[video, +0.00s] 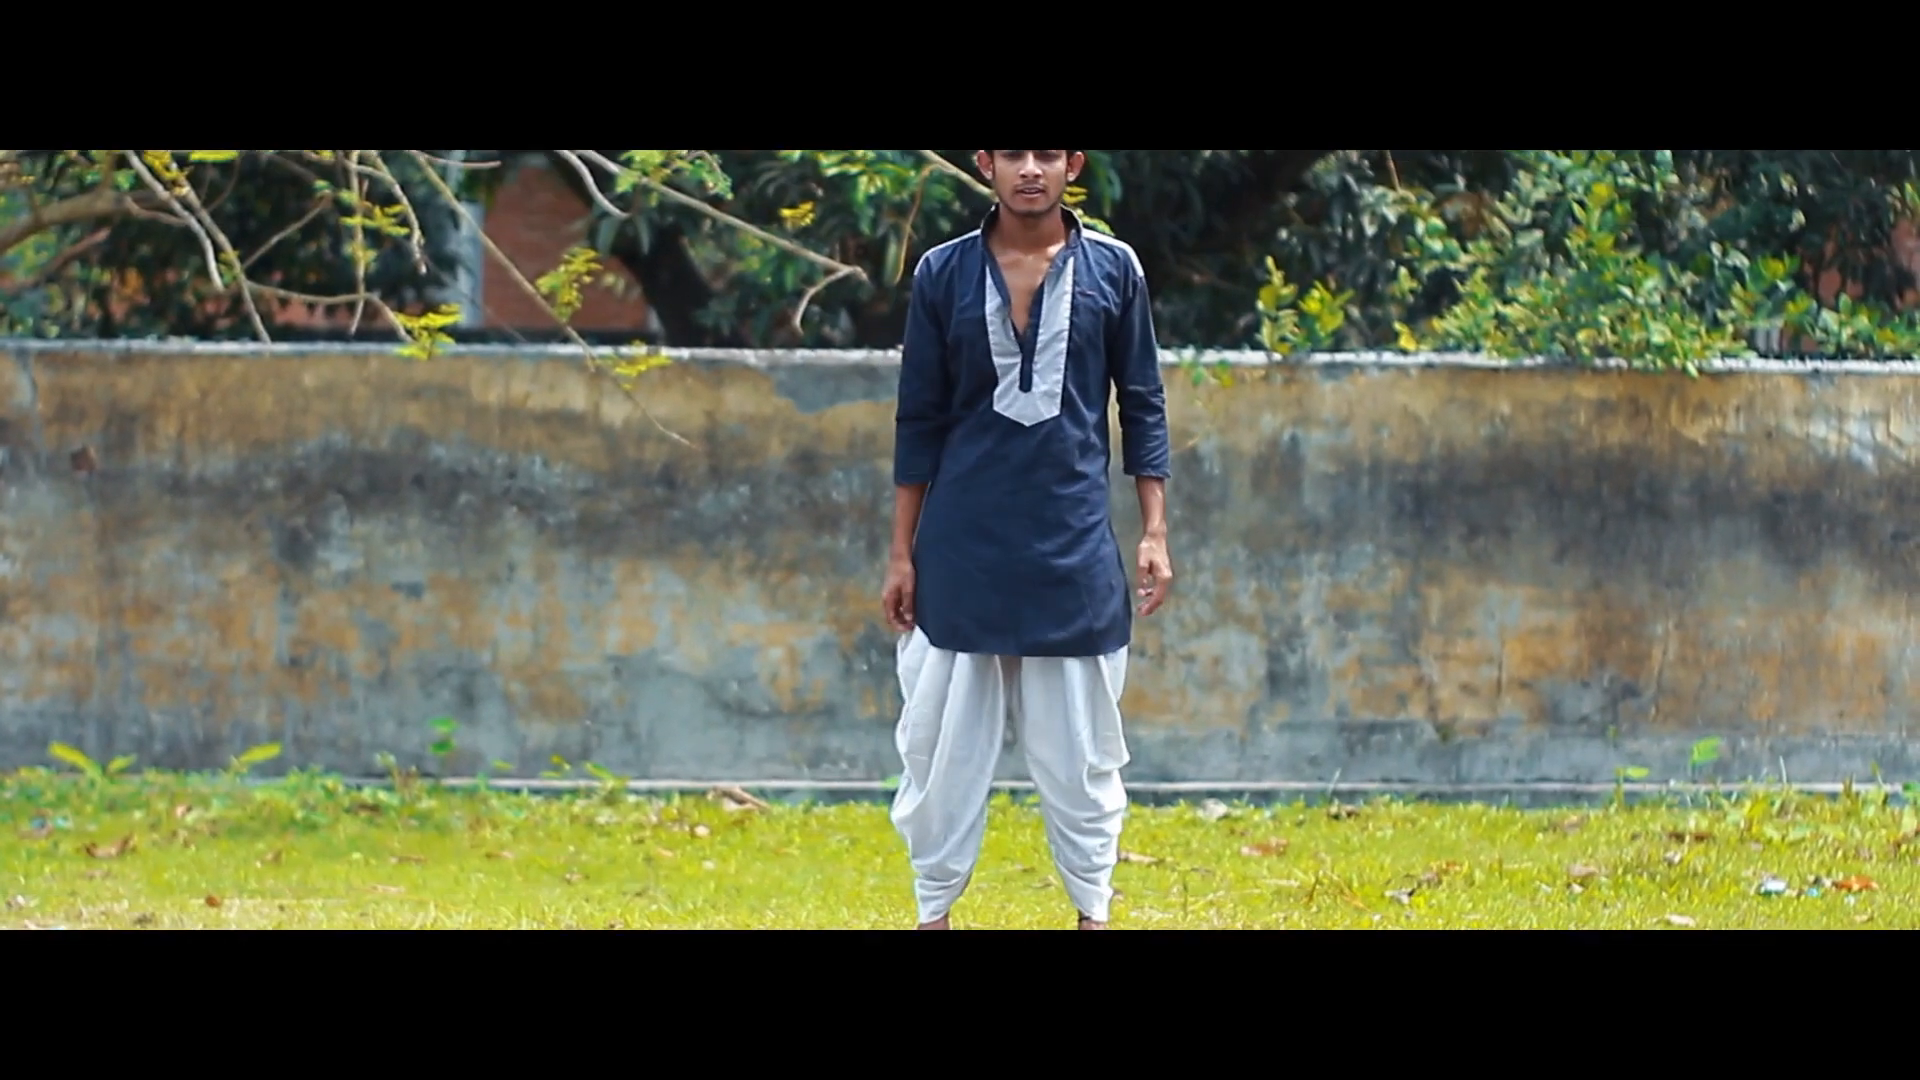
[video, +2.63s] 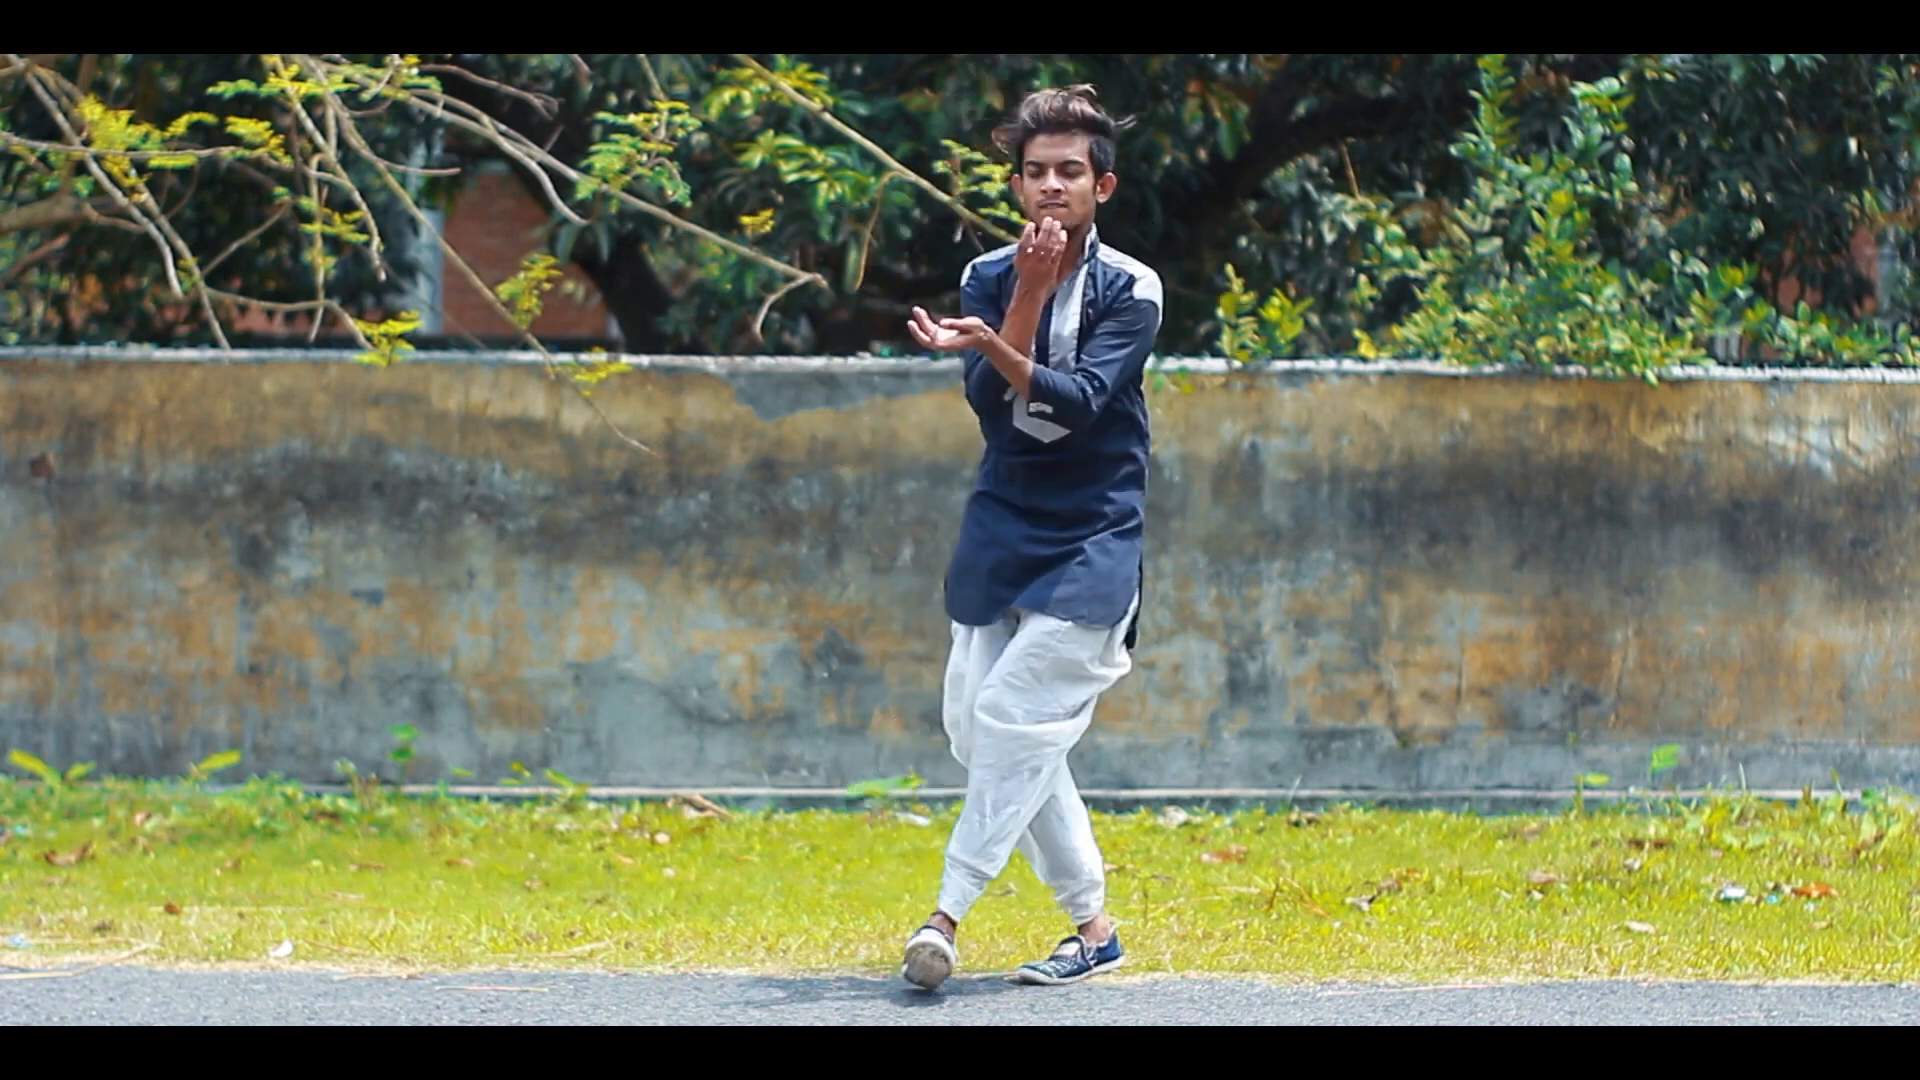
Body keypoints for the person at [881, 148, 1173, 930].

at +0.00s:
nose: (1030, 172)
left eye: (1046, 156)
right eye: (1013, 156)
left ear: (1070, 165)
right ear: (987, 164)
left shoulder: (1113, 267)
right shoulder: (941, 271)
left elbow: (1142, 404)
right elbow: (918, 418)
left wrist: (1154, 529)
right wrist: (901, 551)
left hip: (1072, 543)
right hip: (958, 543)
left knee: (1081, 744)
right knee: (940, 745)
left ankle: (1093, 914)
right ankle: (933, 915)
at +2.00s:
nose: (988, 173)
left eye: (1005, 158)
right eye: (972, 158)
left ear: (1031, 169)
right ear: (948, 169)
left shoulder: (1079, 273)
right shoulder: (902, 275)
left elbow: (1130, 396)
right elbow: (856, 388)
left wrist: (1120, 507)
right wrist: (851, 503)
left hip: (1036, 547)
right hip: (926, 546)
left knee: (1043, 750)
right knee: (907, 747)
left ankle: (1044, 935)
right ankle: (910, 933)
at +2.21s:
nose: (980, 194)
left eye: (997, 179)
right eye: (964, 178)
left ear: (1023, 193)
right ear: (938, 190)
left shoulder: (1063, 297)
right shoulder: (904, 298)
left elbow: (1148, 402)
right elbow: (878, 423)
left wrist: (1244, 489)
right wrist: (775, 488)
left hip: (1024, 561)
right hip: (920, 557)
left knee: (1042, 760)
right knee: (886, 750)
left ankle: (1042, 935)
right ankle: (902, 932)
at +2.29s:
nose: (981, 202)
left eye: (998, 187)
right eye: (966, 187)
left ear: (1025, 200)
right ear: (940, 198)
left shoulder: (1068, 298)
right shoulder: (908, 299)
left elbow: (1184, 363)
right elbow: (844, 388)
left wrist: (1314, 376)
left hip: (1025, 572)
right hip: (920, 568)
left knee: (1040, 763)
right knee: (878, 754)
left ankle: (1041, 936)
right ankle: (900, 937)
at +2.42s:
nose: (1005, 154)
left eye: (1020, 138)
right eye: (990, 138)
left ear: (1051, 142)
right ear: (966, 143)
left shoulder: (1093, 223)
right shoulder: (931, 220)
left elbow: (1170, 245)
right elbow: (835, 230)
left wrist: (1215, 242)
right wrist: (787, 209)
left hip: (1051, 515)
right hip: (949, 511)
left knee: (1026, 715)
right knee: (918, 720)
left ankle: (1016, 903)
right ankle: (939, 906)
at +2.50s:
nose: (1023, 145)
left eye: (1040, 129)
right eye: (1008, 130)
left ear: (1073, 132)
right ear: (985, 132)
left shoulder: (1110, 212)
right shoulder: (959, 205)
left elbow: (1155, 289)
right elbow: (837, 253)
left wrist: (1066, 287)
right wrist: (924, 246)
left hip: (1067, 491)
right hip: (973, 485)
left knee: (1017, 690)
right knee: (936, 695)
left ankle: (986, 892)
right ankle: (1022, 884)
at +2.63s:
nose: (1053, 186)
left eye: (1071, 168)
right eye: (1037, 169)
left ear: (1103, 183)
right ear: (1014, 180)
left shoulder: (1130, 288)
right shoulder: (987, 280)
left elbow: (1083, 404)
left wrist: (984, 339)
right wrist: (1030, 294)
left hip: (1097, 533)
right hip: (1001, 525)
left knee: (1010, 710)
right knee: (989, 726)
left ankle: (943, 924)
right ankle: (1095, 929)